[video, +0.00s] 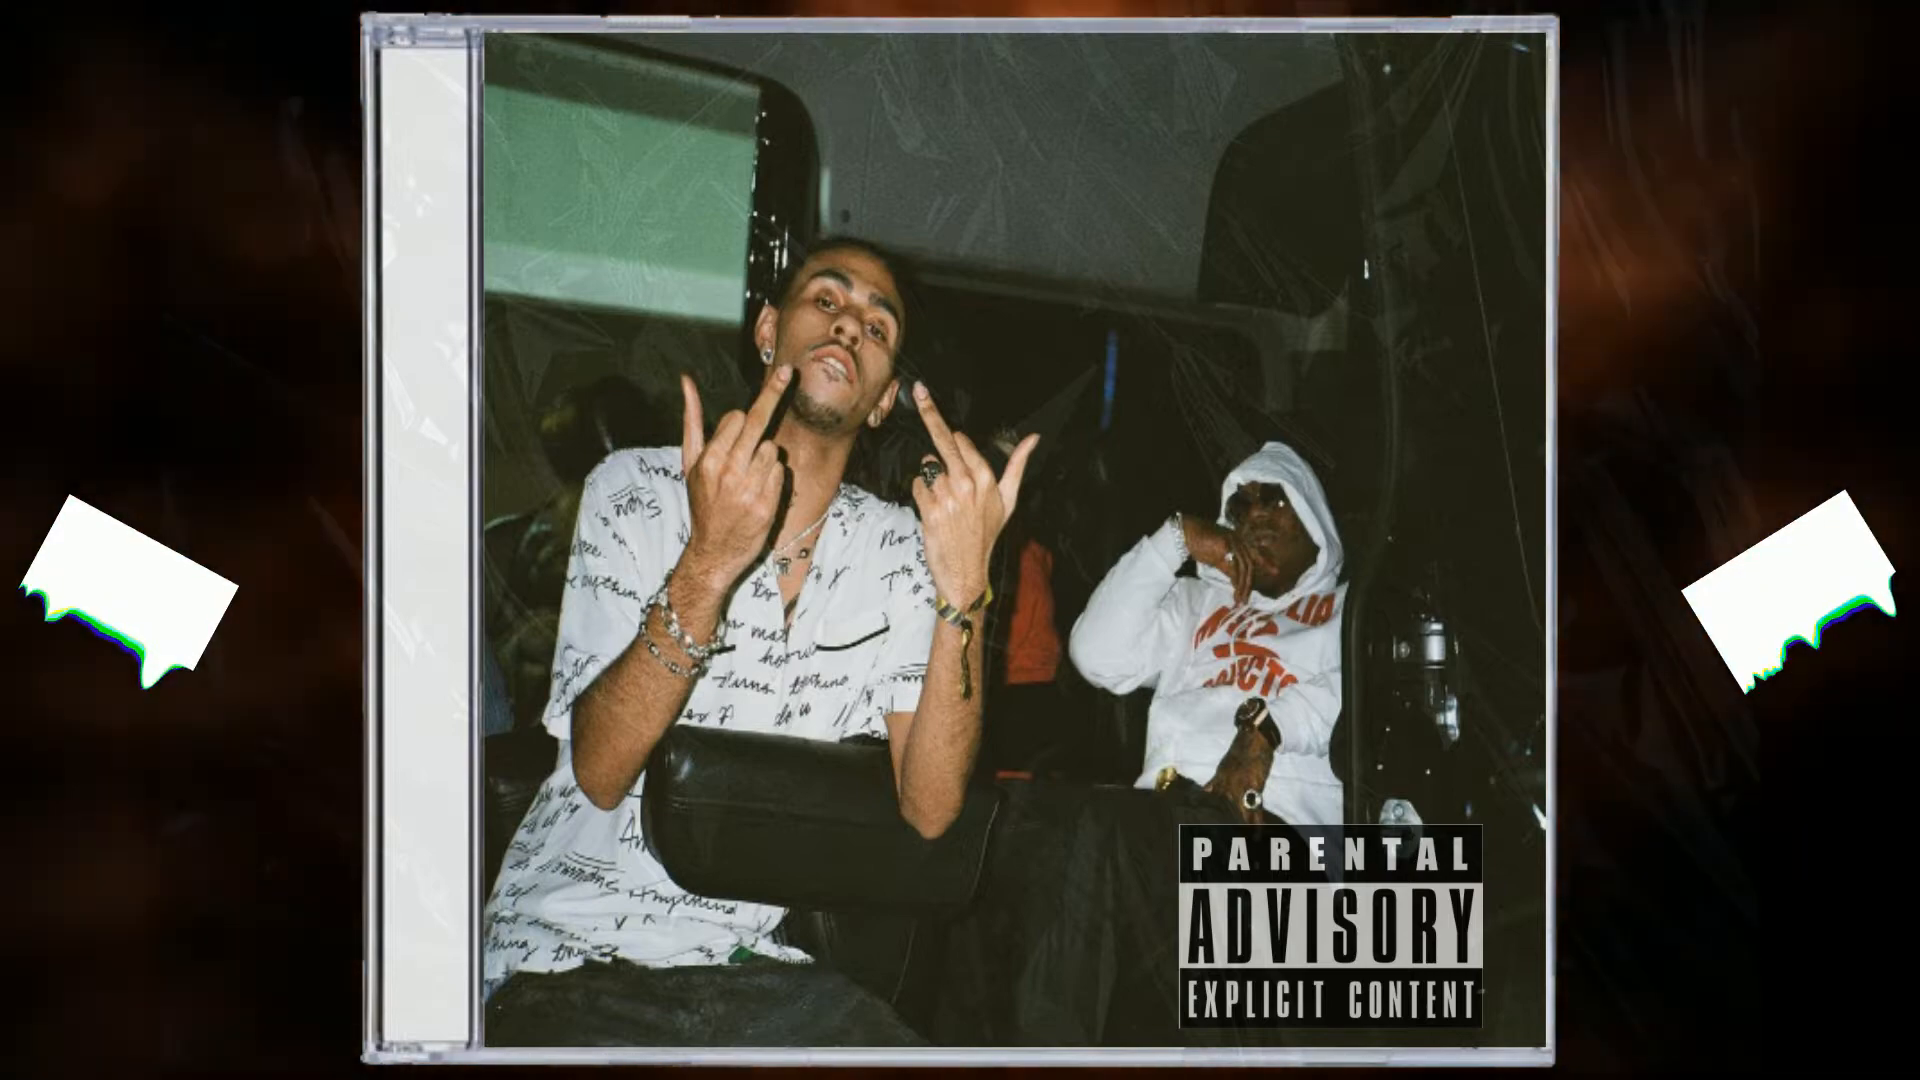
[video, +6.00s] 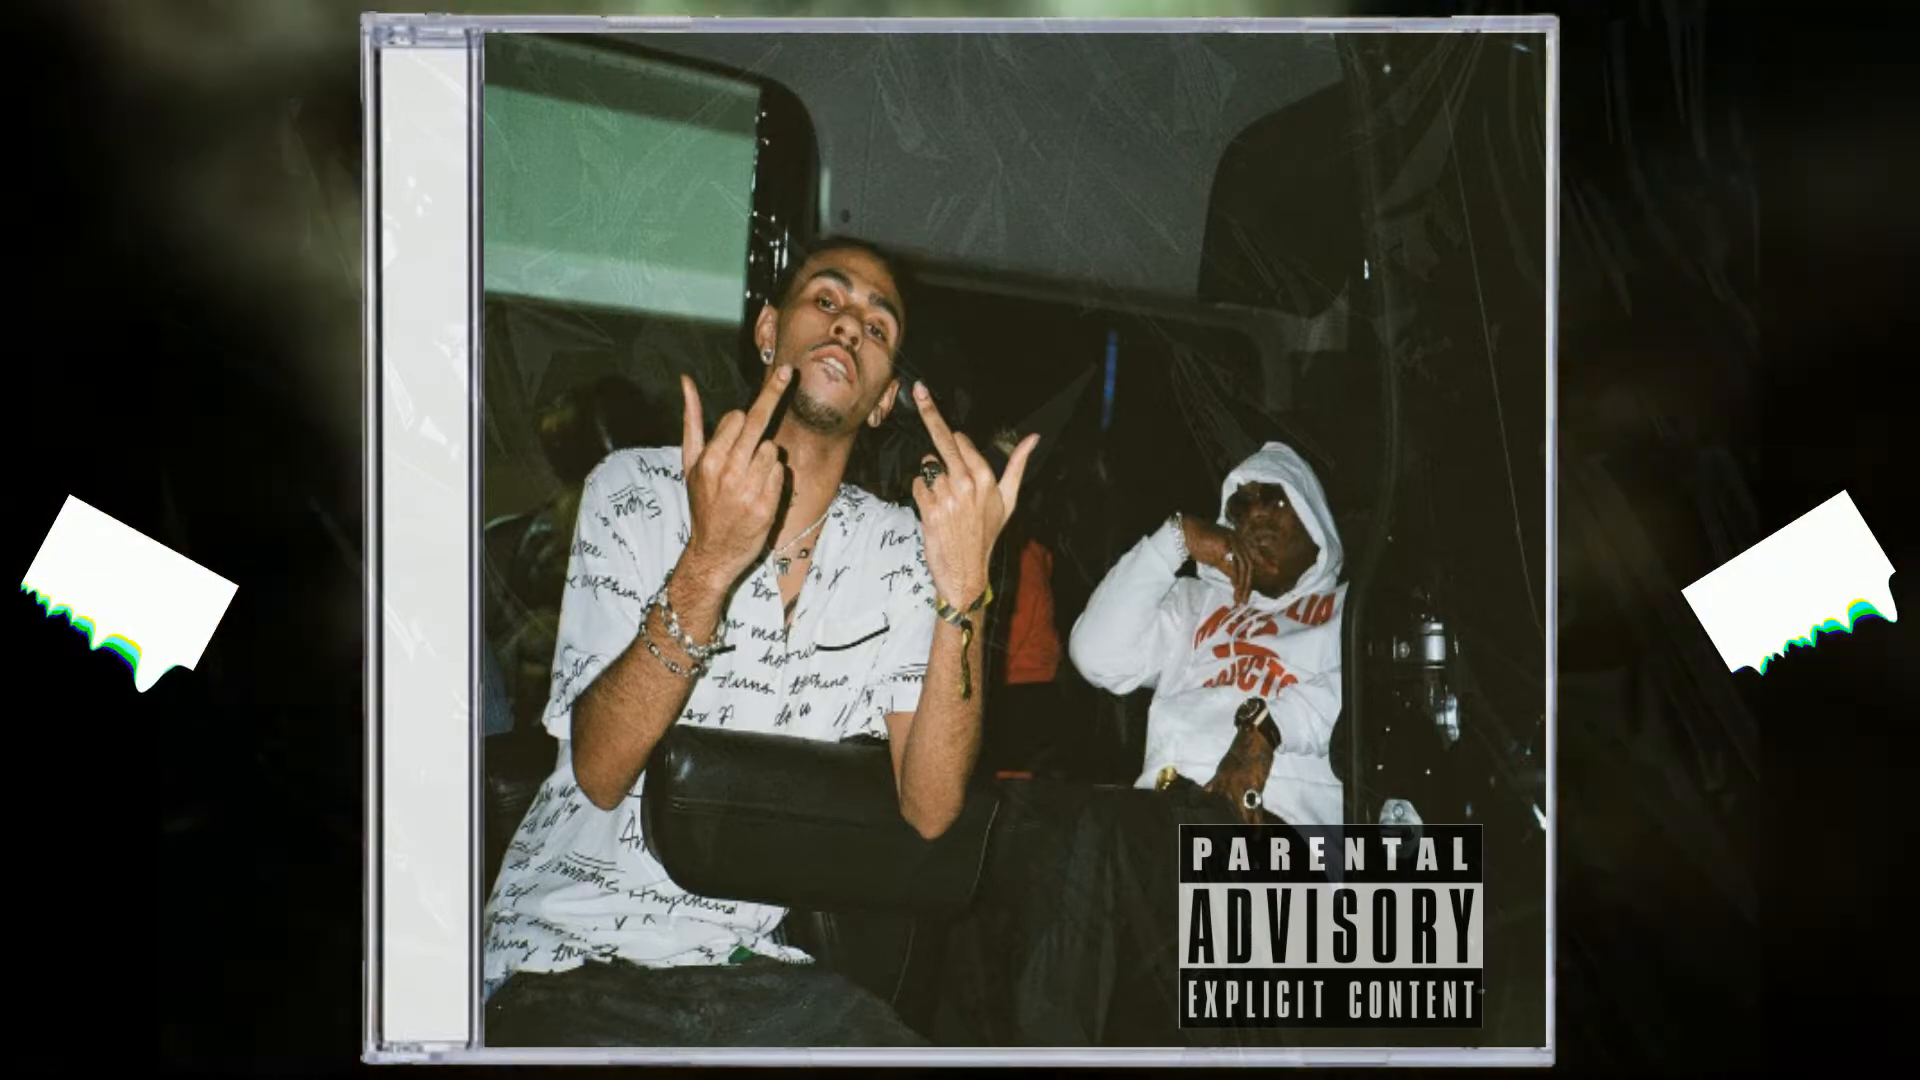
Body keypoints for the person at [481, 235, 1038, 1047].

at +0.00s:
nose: (852, 323)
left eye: (879, 323)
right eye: (826, 299)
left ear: (887, 395)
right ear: (766, 333)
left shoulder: (902, 550)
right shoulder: (638, 490)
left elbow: (931, 809)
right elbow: (601, 770)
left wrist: (966, 593)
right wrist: (709, 564)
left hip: (755, 957)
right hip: (571, 946)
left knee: (904, 1060)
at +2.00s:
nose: (852, 323)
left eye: (879, 323)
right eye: (826, 299)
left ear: (887, 396)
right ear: (767, 333)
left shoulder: (902, 550)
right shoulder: (638, 490)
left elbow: (931, 809)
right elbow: (601, 770)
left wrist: (966, 593)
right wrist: (709, 564)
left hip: (753, 957)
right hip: (569, 945)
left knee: (907, 1061)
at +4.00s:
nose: (852, 323)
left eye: (879, 324)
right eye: (826, 299)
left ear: (887, 396)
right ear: (767, 333)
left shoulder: (902, 550)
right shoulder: (637, 490)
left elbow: (930, 809)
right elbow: (601, 770)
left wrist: (965, 593)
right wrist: (709, 564)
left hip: (757, 958)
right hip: (570, 946)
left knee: (909, 1065)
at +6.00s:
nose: (851, 323)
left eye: (878, 323)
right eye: (826, 299)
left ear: (887, 395)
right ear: (767, 333)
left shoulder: (904, 551)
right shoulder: (638, 491)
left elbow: (931, 809)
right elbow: (601, 770)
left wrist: (966, 593)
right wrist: (710, 563)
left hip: (756, 956)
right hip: (571, 944)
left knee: (905, 1059)